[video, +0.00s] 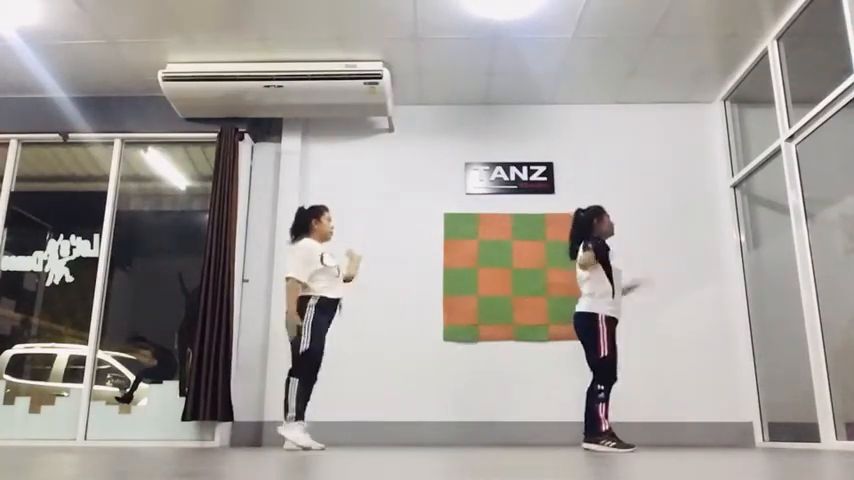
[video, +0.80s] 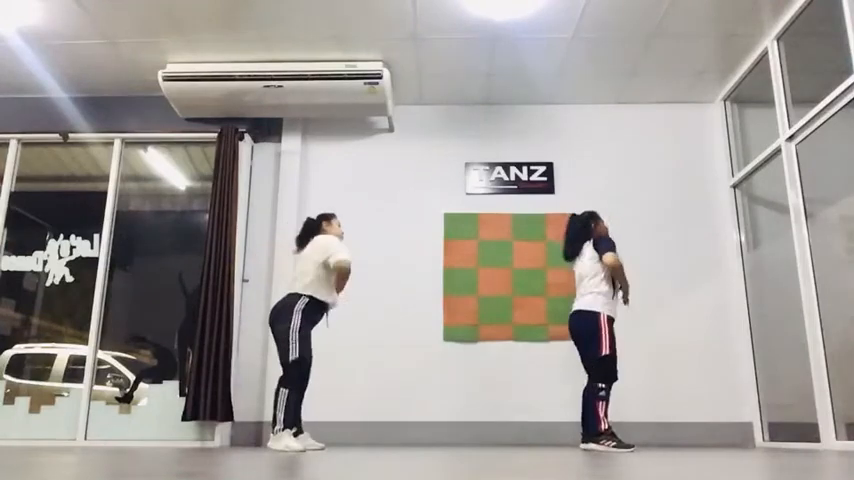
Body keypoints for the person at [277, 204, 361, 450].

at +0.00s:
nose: (332, 225)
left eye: (331, 221)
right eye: (328, 221)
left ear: (317, 224)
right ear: (315, 223)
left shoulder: (323, 251)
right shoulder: (306, 246)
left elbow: (342, 279)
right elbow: (293, 281)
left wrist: (350, 269)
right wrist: (291, 313)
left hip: (324, 308)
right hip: (312, 306)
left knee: (311, 365)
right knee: (304, 361)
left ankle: (297, 429)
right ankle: (291, 423)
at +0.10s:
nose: (330, 226)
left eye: (329, 221)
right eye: (326, 221)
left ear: (313, 224)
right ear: (312, 224)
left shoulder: (322, 253)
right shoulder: (304, 247)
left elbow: (341, 282)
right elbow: (286, 279)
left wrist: (356, 264)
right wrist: (276, 309)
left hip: (320, 311)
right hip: (307, 310)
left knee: (309, 369)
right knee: (300, 366)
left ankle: (298, 429)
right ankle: (286, 426)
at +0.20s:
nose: (329, 226)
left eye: (328, 221)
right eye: (325, 221)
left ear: (313, 224)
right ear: (312, 224)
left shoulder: (320, 252)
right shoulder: (306, 247)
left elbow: (341, 287)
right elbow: (284, 272)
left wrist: (341, 271)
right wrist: (259, 290)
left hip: (318, 312)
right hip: (306, 310)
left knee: (308, 371)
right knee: (298, 369)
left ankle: (297, 431)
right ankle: (282, 430)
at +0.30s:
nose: (329, 224)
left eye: (328, 220)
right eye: (325, 220)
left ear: (314, 222)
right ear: (311, 222)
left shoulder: (319, 250)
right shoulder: (305, 244)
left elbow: (342, 282)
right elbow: (295, 262)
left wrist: (340, 272)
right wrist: (271, 261)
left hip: (317, 311)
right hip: (305, 309)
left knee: (308, 372)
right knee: (296, 370)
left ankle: (297, 432)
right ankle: (281, 432)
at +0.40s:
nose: (328, 224)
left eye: (326, 219)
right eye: (323, 219)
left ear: (311, 222)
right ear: (310, 221)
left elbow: (343, 281)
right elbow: (309, 257)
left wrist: (337, 266)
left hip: (317, 309)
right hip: (302, 307)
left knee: (308, 372)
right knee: (296, 368)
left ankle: (297, 431)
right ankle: (280, 432)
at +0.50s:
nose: (328, 224)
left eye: (327, 220)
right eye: (324, 219)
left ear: (312, 221)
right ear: (311, 220)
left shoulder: (316, 247)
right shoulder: (303, 240)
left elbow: (340, 284)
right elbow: (315, 264)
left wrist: (337, 265)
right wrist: (350, 254)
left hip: (316, 307)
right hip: (302, 305)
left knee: (307, 369)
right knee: (294, 367)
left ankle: (297, 432)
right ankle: (281, 432)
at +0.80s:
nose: (341, 228)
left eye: (339, 224)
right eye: (337, 224)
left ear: (323, 227)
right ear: (325, 226)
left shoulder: (316, 244)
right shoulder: (327, 241)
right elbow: (343, 264)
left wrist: (329, 290)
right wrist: (338, 288)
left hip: (299, 310)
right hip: (296, 310)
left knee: (300, 371)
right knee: (294, 370)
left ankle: (295, 432)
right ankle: (279, 433)